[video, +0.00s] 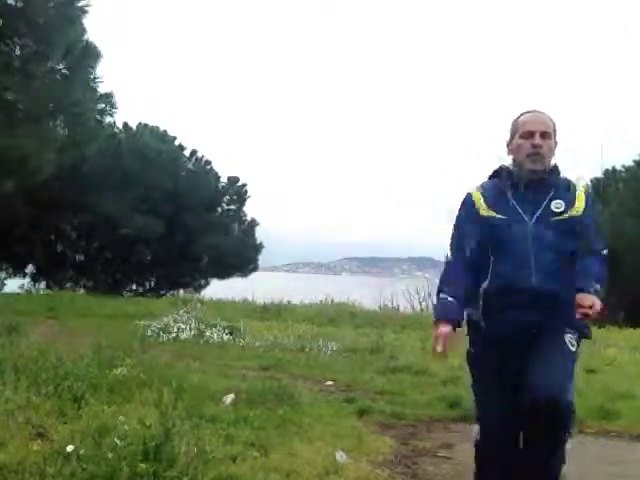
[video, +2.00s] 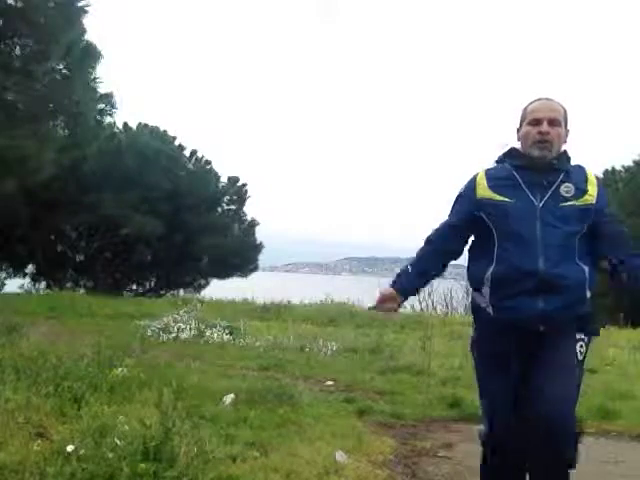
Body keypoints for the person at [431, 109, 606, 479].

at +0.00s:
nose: (537, 143)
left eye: (545, 136)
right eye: (527, 136)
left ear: (555, 145)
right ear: (510, 146)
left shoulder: (577, 198)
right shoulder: (481, 199)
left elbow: (592, 253)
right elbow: (462, 262)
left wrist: (588, 290)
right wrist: (446, 315)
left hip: (554, 327)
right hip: (494, 328)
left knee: (549, 404)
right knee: (495, 430)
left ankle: (540, 472)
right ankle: (495, 476)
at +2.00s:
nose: (543, 130)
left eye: (553, 124)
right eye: (534, 123)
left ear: (566, 135)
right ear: (519, 132)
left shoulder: (587, 188)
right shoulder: (485, 184)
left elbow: (620, 252)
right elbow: (443, 244)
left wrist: (632, 282)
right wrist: (400, 288)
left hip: (562, 329)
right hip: (498, 329)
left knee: (554, 426)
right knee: (502, 433)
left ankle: (551, 473)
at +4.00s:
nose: (559, 127)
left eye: (565, 122)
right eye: (548, 122)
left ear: (573, 133)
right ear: (526, 134)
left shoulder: (591, 186)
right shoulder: (493, 185)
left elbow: (621, 251)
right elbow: (456, 244)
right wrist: (413, 283)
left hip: (572, 333)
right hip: (508, 333)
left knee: (572, 437)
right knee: (509, 445)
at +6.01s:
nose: (544, 147)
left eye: (553, 142)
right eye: (536, 142)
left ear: (568, 153)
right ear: (523, 152)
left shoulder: (596, 203)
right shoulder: (492, 202)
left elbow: (626, 266)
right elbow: (458, 255)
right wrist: (412, 272)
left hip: (566, 345)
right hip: (503, 344)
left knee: (556, 435)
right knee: (508, 440)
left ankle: (547, 473)